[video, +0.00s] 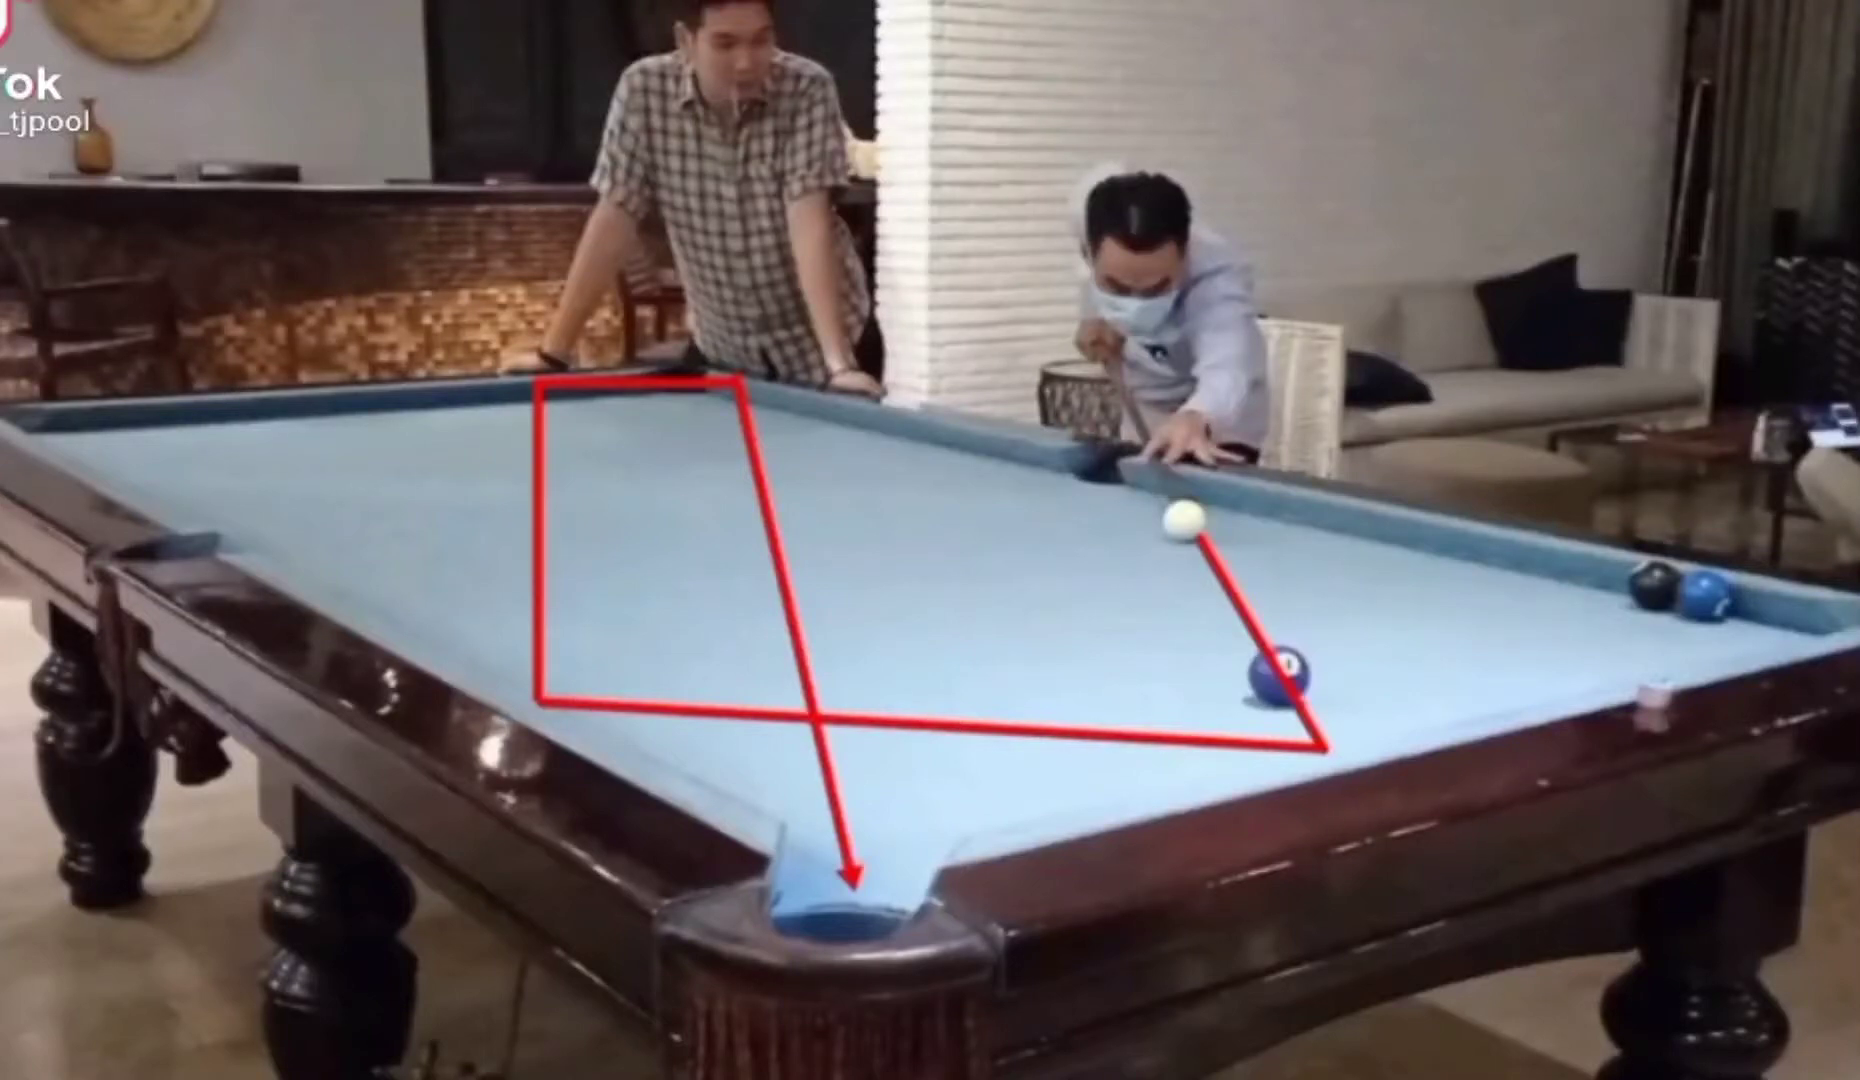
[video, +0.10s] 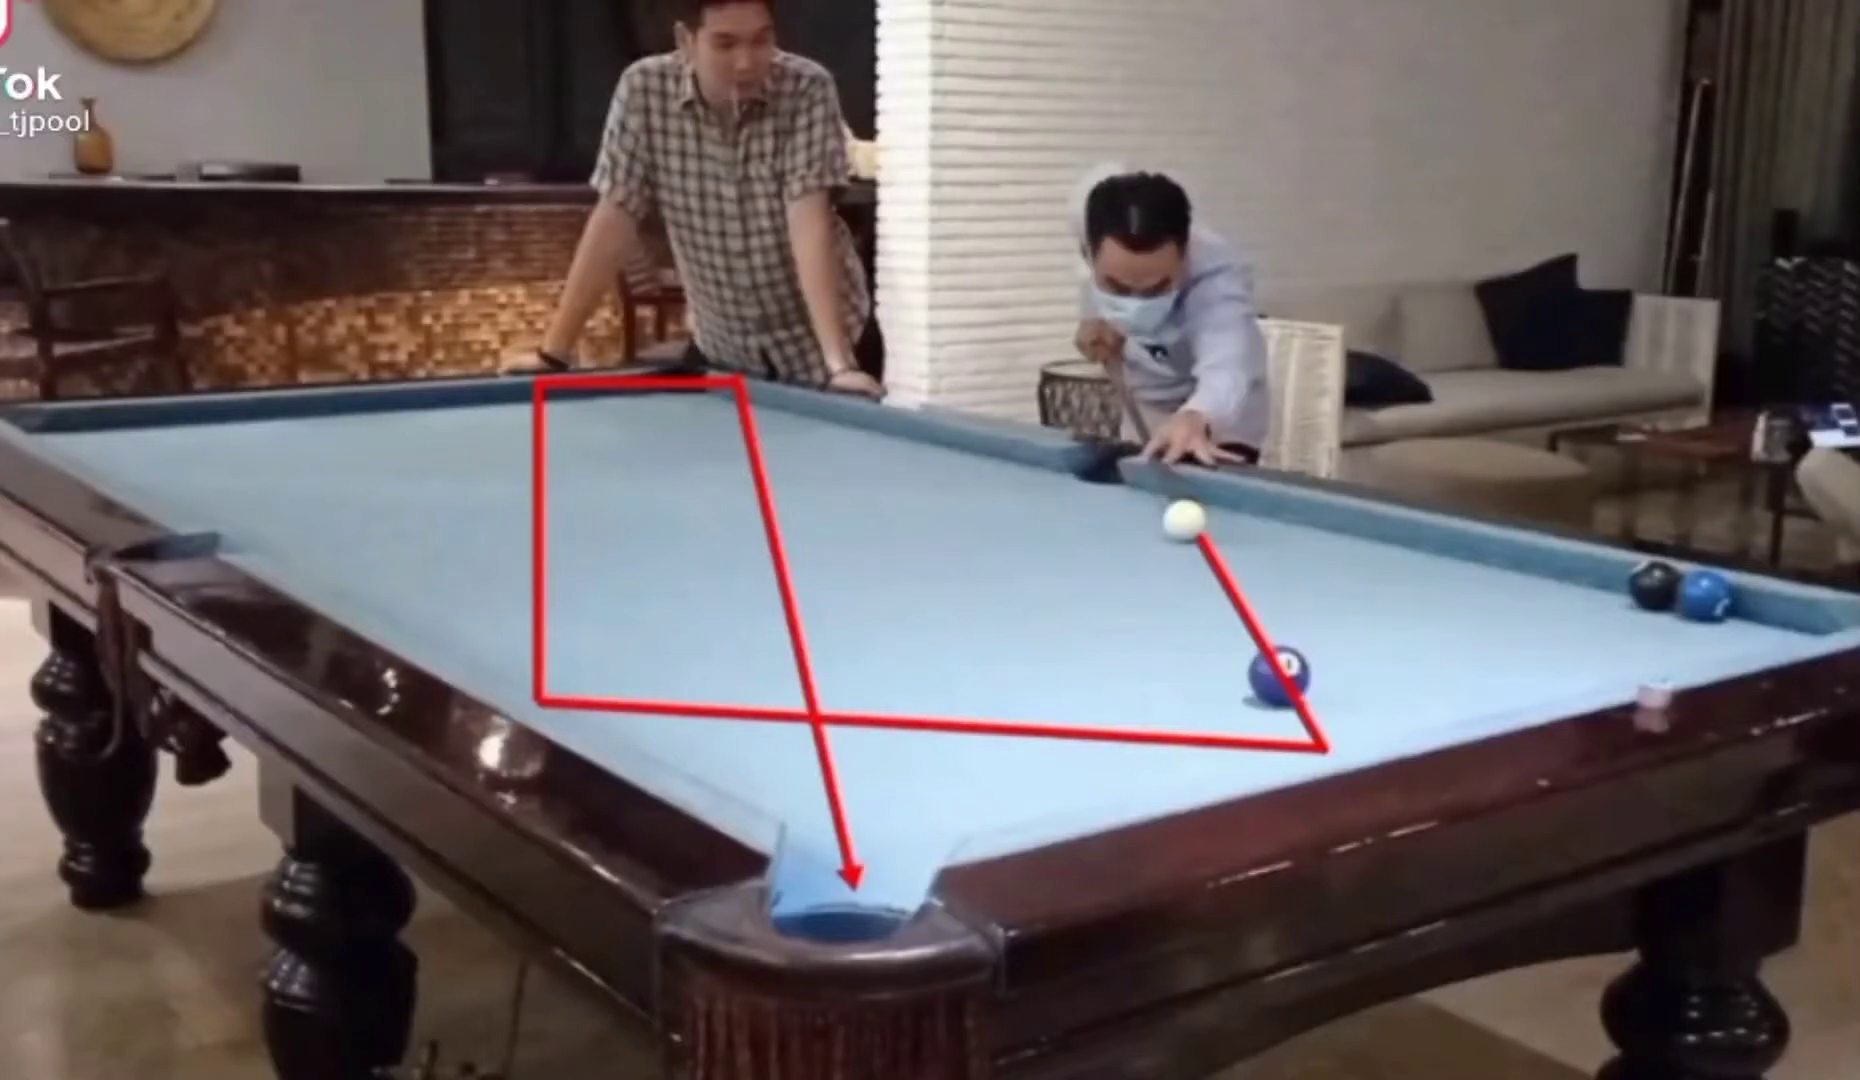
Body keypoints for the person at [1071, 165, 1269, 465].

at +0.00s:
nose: (1136, 306)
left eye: (1155, 291)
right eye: (1117, 289)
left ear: (1184, 257)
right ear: (1088, 255)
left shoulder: (1216, 274)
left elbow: (1229, 363)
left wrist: (1195, 415)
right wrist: (1091, 321)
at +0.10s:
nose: (1136, 307)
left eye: (1155, 291)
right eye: (1117, 289)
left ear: (1184, 257)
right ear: (1088, 255)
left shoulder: (1216, 274)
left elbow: (1229, 363)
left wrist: (1195, 415)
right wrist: (1091, 321)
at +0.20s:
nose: (1136, 306)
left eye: (1156, 290)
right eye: (1117, 289)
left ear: (1184, 257)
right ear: (1089, 255)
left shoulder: (1216, 273)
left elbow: (1229, 364)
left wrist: (1195, 415)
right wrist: (1092, 318)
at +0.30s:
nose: (1135, 306)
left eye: (1156, 290)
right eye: (1117, 289)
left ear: (1184, 257)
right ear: (1087, 254)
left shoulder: (1217, 272)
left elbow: (1230, 363)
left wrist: (1195, 415)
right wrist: (1086, 314)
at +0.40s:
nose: (1135, 306)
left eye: (1155, 290)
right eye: (1117, 289)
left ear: (1184, 257)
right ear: (1087, 254)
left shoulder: (1217, 271)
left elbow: (1231, 363)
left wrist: (1195, 415)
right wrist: (1085, 315)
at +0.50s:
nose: (1135, 308)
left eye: (1156, 291)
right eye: (1117, 290)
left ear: (1184, 258)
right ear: (1087, 255)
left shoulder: (1217, 271)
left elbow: (1232, 363)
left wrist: (1195, 415)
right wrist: (1085, 317)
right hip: (1136, 412)